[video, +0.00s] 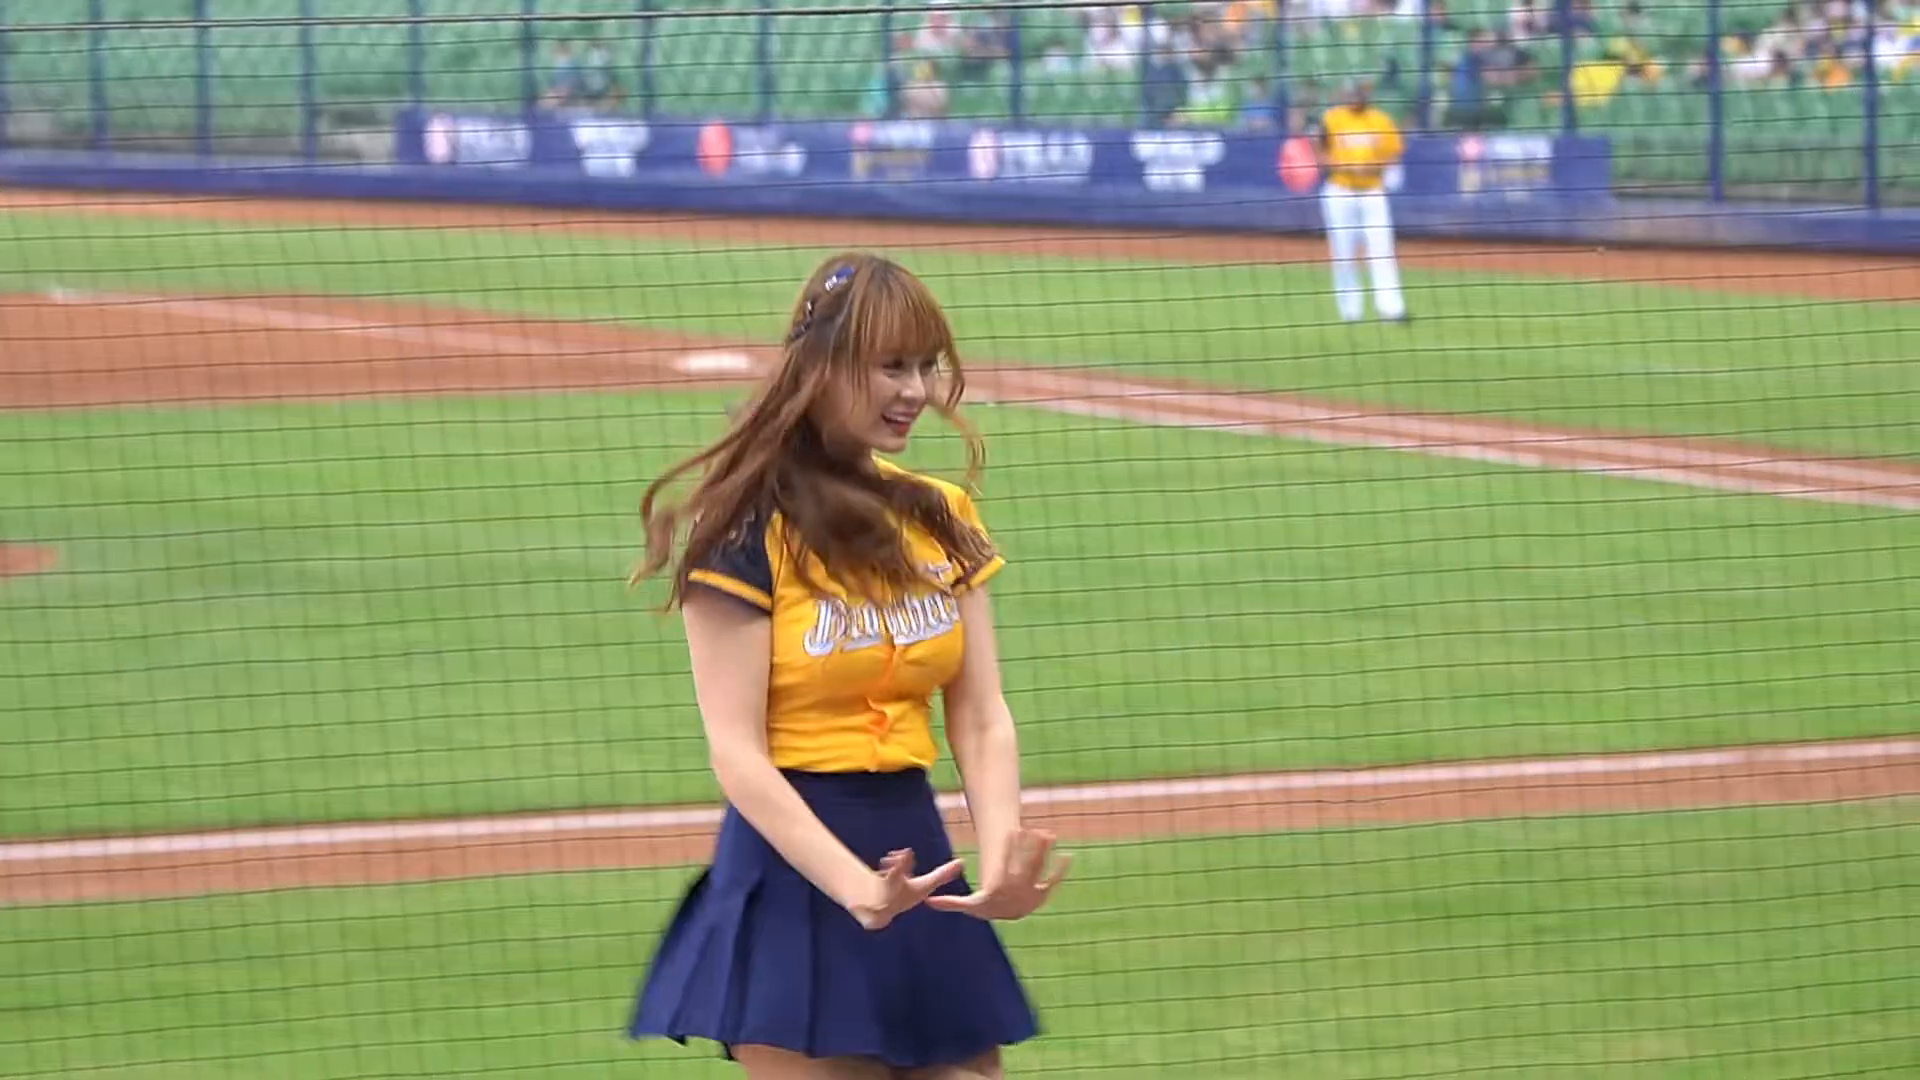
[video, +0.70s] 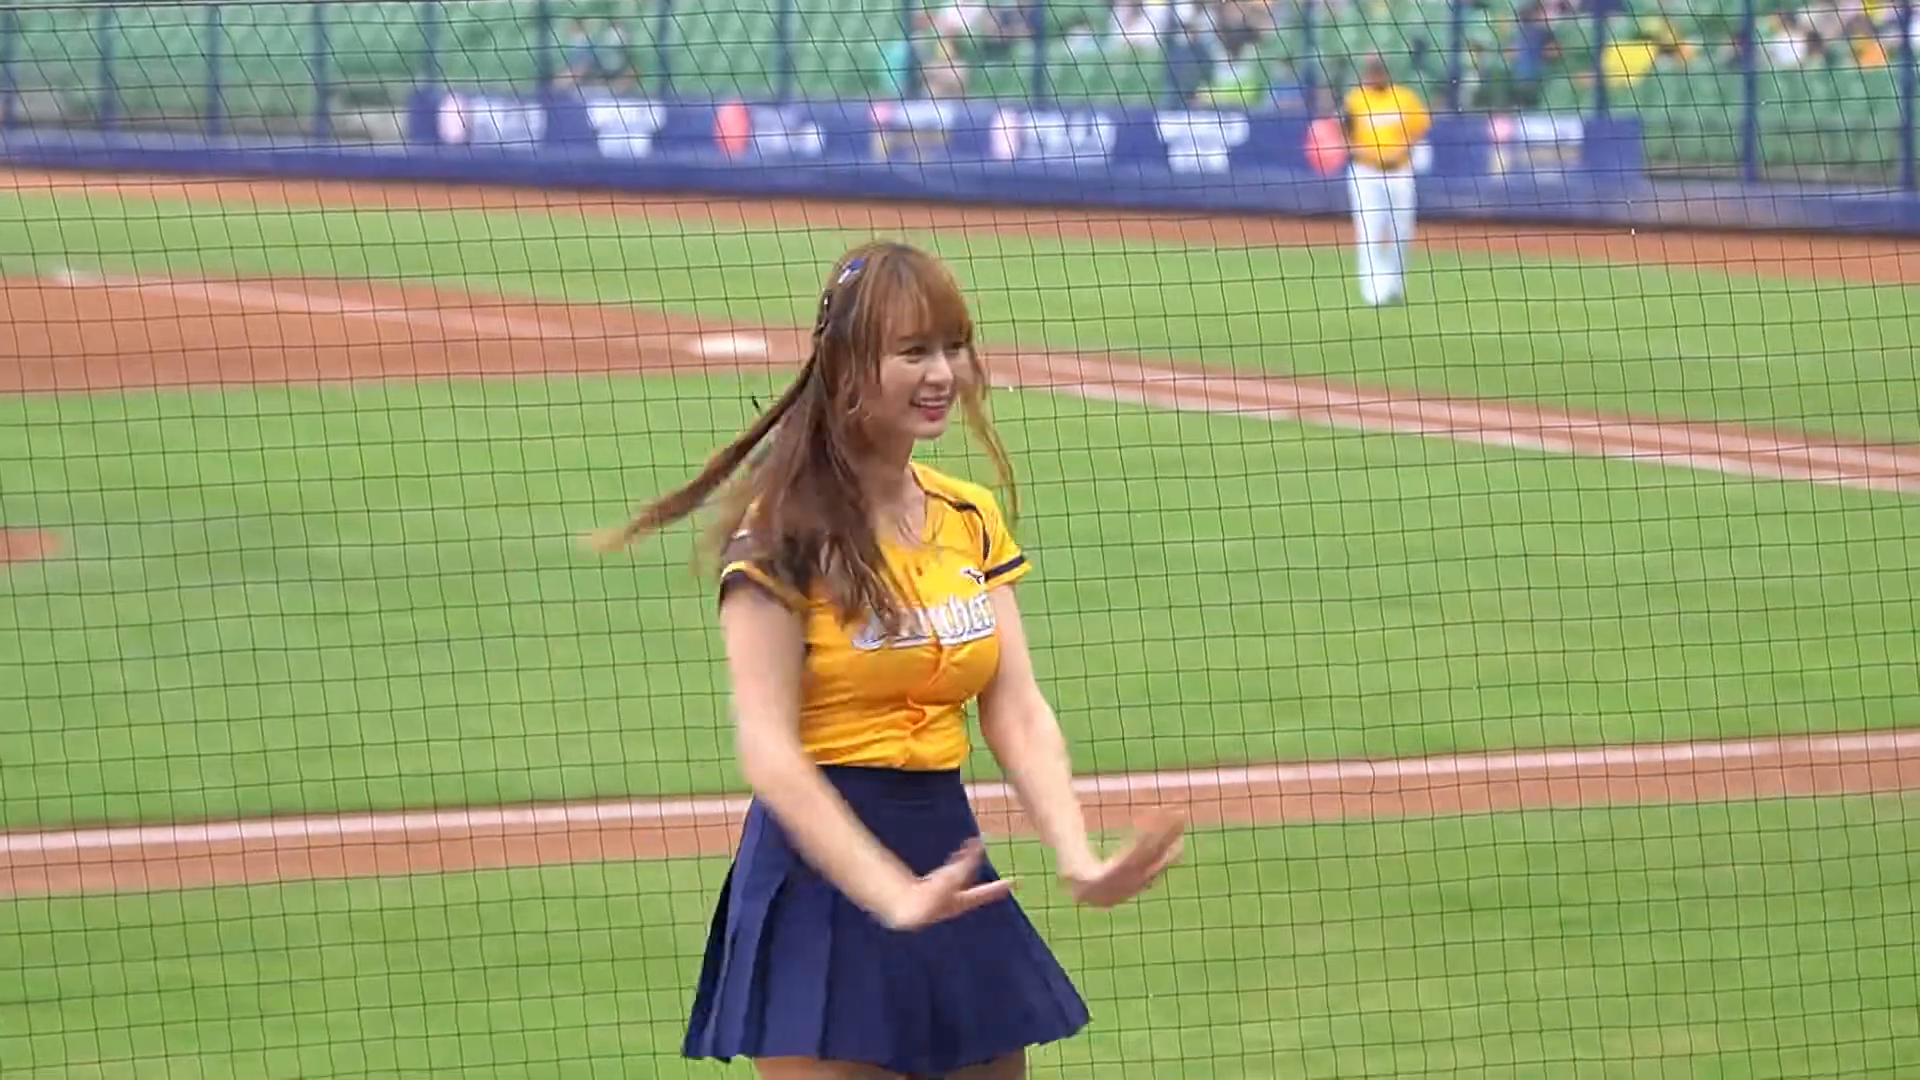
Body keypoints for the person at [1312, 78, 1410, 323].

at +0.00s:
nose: (1357, 99)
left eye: (1361, 94)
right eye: (1353, 94)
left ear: (1367, 95)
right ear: (1344, 95)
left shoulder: (1380, 120)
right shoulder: (1331, 119)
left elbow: (1395, 150)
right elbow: (1318, 150)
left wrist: (1372, 165)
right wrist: (1341, 165)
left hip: (1372, 192)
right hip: (1339, 192)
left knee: (1381, 248)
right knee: (1343, 251)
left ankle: (1391, 306)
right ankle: (1350, 308)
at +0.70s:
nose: (1375, 76)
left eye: (1379, 71)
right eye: (1371, 71)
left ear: (1387, 72)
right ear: (1363, 74)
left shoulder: (1405, 97)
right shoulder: (1354, 100)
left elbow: (1421, 128)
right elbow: (1344, 133)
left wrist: (1400, 152)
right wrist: (1366, 154)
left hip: (1400, 171)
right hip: (1365, 172)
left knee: (1401, 230)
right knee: (1371, 230)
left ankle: (1395, 283)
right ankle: (1374, 288)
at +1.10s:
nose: (1393, 62)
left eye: (1397, 57)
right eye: (1389, 56)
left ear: (1404, 59)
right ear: (1382, 59)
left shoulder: (1421, 89)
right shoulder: (1372, 85)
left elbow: (1433, 126)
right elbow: (1359, 121)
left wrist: (1423, 152)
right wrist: (1380, 144)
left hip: (1410, 163)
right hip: (1377, 162)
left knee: (1405, 220)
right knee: (1382, 219)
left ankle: (1402, 275)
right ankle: (1384, 277)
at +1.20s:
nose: (1399, 59)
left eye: (1403, 53)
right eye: (1394, 53)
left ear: (1411, 55)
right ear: (1387, 55)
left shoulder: (1425, 87)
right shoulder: (1377, 82)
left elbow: (1435, 125)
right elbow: (1363, 116)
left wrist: (1427, 154)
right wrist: (1377, 140)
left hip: (1413, 159)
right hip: (1380, 157)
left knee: (1407, 216)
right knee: (1385, 215)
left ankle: (1404, 272)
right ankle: (1384, 273)